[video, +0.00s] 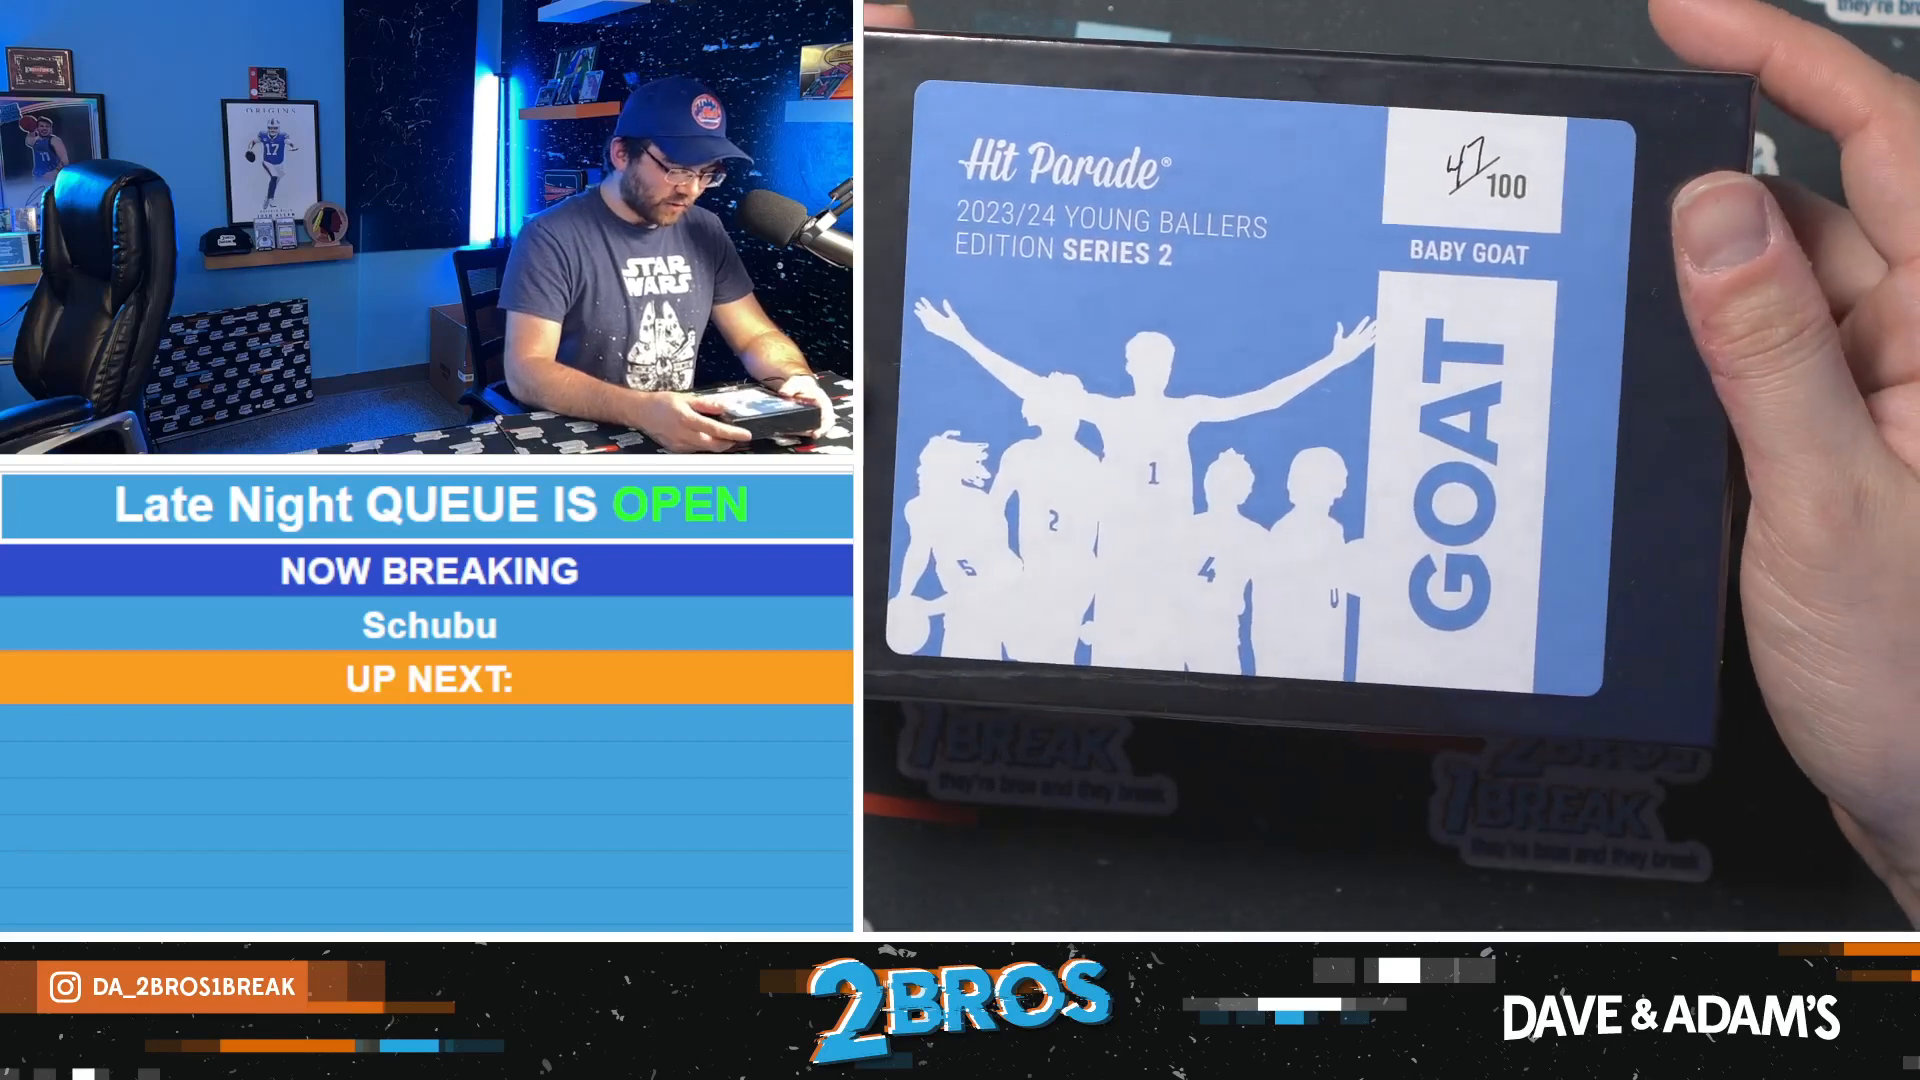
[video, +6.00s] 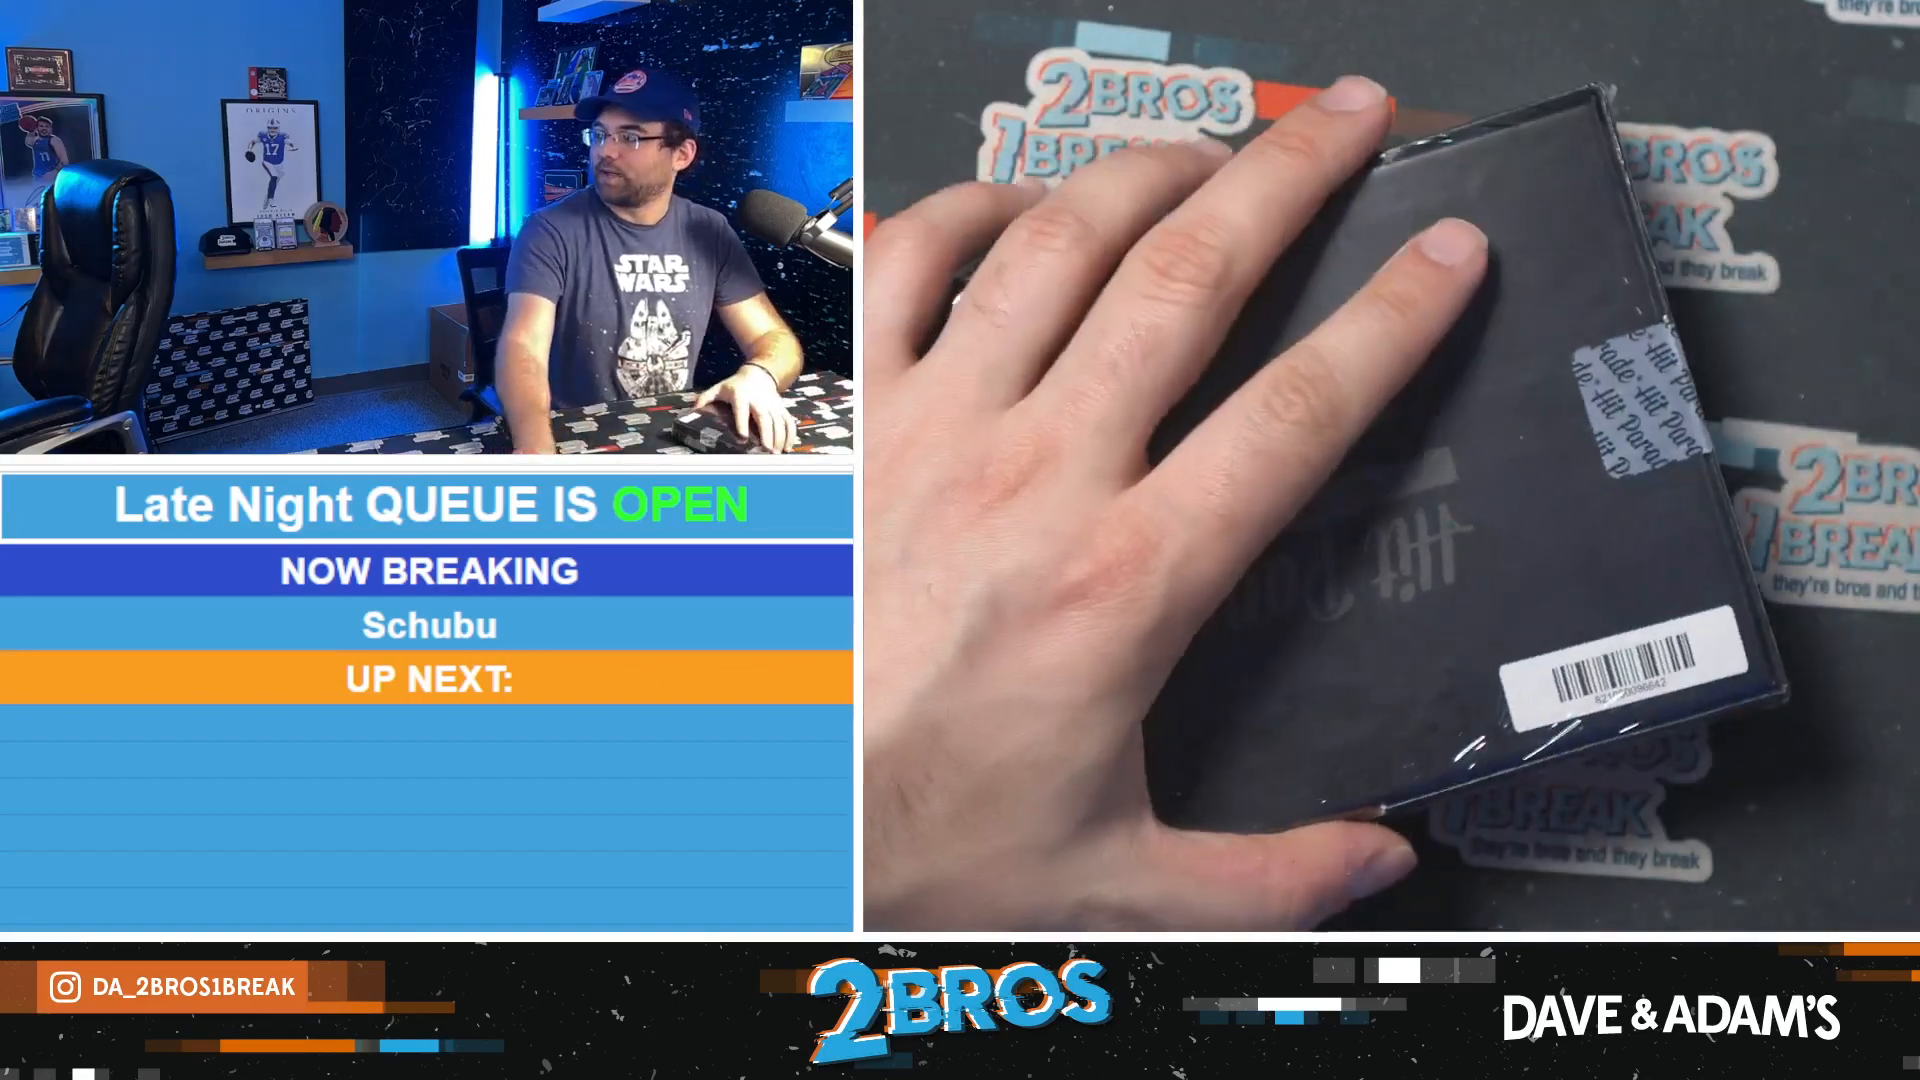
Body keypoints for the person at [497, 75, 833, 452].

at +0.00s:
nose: (691, 189)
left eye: (705, 172)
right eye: (675, 168)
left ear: (717, 168)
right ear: (621, 154)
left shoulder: (702, 230)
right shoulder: (552, 236)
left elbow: (754, 333)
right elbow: (526, 371)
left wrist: (793, 374)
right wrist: (642, 409)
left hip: (681, 457)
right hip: (578, 461)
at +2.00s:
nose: (687, 194)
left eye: (701, 178)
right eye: (672, 172)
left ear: (714, 174)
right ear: (620, 156)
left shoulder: (702, 232)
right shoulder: (553, 237)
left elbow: (756, 335)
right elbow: (528, 372)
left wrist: (795, 376)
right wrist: (643, 409)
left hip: (682, 462)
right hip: (577, 465)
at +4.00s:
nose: (687, 191)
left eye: (702, 173)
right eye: (671, 169)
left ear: (715, 169)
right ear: (619, 154)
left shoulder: (702, 233)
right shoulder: (553, 238)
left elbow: (757, 336)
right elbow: (529, 374)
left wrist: (797, 375)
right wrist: (643, 407)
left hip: (684, 460)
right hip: (579, 464)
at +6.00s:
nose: (606, 152)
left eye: (632, 138)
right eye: (601, 135)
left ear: (682, 154)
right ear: (592, 139)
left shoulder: (710, 233)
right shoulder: (553, 233)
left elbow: (776, 341)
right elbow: (522, 353)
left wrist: (758, 374)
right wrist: (536, 456)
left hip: (680, 450)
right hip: (582, 453)